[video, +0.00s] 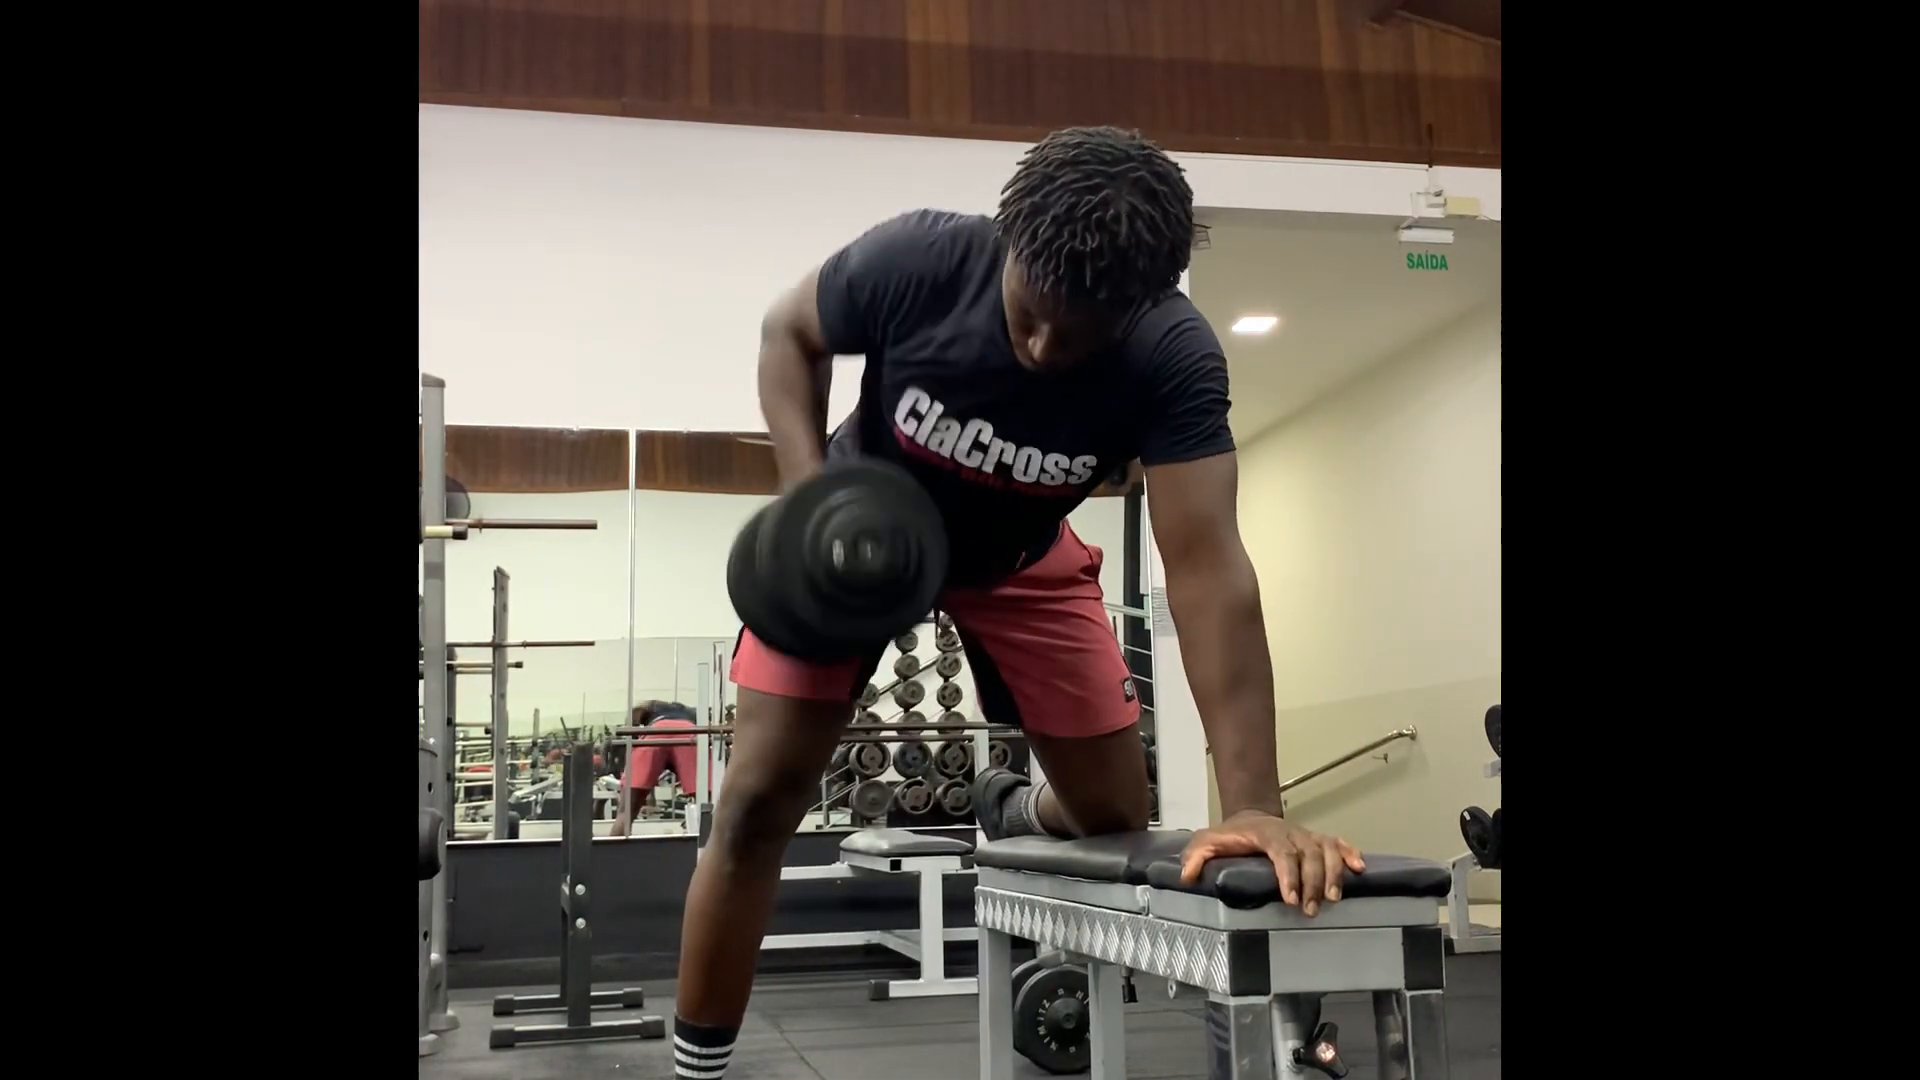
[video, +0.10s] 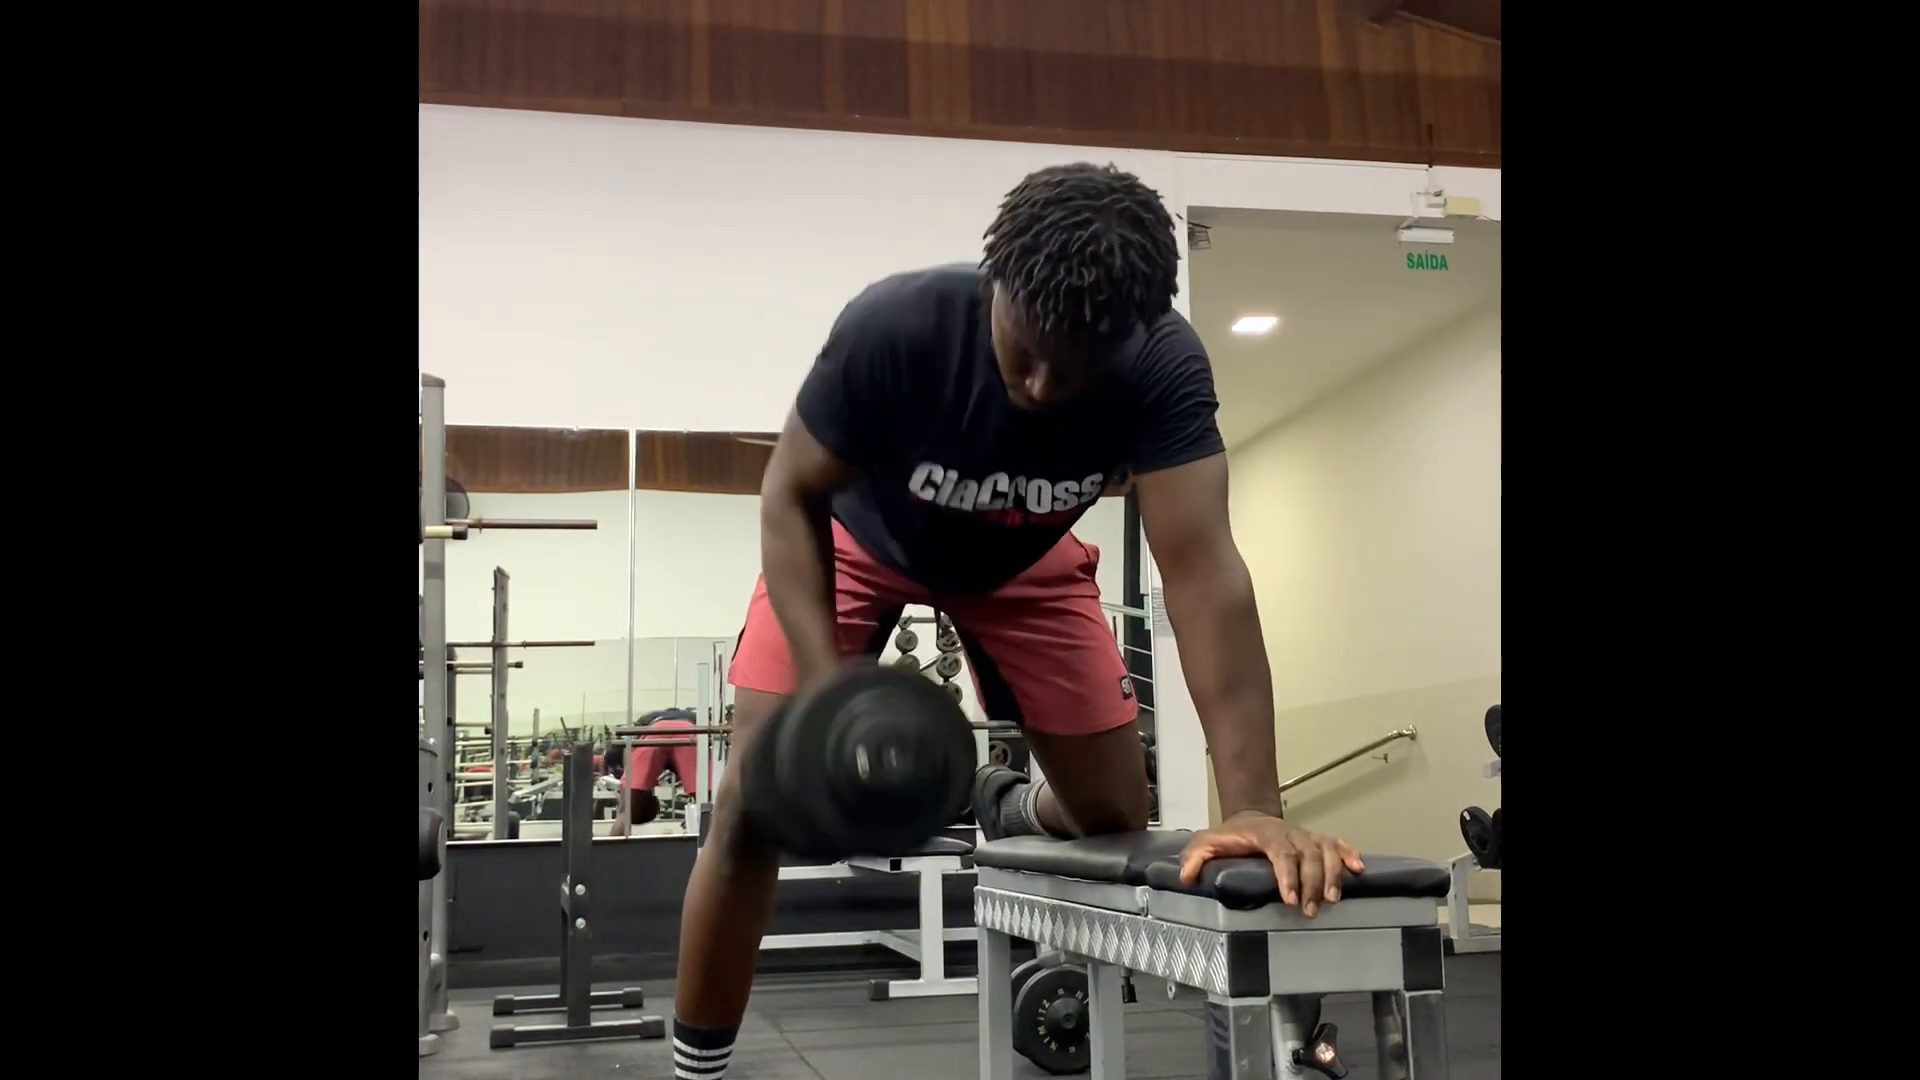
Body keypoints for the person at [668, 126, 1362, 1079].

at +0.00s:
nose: (1045, 348)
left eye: (1081, 332)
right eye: (1030, 313)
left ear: (1140, 303)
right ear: (1008, 247)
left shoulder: (1171, 355)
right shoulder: (920, 263)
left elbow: (1208, 562)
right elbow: (790, 331)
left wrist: (1254, 807)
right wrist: (811, 500)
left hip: (1026, 556)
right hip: (868, 527)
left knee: (1116, 815)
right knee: (755, 803)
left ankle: (1010, 809)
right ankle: (694, 1074)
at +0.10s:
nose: (1043, 387)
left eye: (1077, 366)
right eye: (1026, 352)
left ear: (1129, 330)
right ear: (996, 287)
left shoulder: (1159, 363)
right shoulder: (890, 331)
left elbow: (1201, 563)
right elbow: (787, 495)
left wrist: (1253, 805)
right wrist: (828, 695)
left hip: (1032, 561)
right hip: (859, 538)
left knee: (1118, 815)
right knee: (753, 800)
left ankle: (1001, 807)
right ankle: (695, 1074)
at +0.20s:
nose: (1035, 441)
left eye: (1065, 419)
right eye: (1012, 412)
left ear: (1113, 376)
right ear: (975, 351)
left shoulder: (1140, 380)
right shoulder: (875, 427)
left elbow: (1193, 573)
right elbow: (829, 666)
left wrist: (1253, 805)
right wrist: (870, 907)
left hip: (1027, 566)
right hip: (848, 556)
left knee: (1119, 817)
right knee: (744, 805)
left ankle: (1014, 810)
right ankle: (695, 1066)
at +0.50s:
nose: (1031, 395)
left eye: (1064, 376)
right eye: (1013, 361)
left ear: (1116, 343)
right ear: (983, 292)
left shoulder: (1145, 375)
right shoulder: (882, 367)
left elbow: (1200, 586)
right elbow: (810, 572)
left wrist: (1252, 806)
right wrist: (852, 787)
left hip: (1026, 562)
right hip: (857, 546)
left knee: (1115, 813)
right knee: (756, 789)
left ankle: (1006, 800)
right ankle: (699, 1072)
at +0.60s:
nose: (1064, 314)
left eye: (1100, 296)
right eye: (1048, 275)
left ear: (1153, 276)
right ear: (1028, 216)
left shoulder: (1173, 368)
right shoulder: (928, 259)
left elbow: (1206, 571)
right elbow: (795, 360)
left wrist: (1253, 807)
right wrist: (818, 512)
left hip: (1019, 561)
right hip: (862, 527)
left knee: (1116, 811)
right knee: (758, 800)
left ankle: (1005, 805)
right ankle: (696, 1071)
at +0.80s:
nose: (1072, 344)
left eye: (1108, 324)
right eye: (1055, 305)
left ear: (1161, 299)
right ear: (1028, 242)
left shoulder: (1172, 371)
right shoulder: (919, 283)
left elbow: (1208, 574)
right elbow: (780, 386)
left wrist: (1253, 807)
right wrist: (814, 546)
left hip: (1018, 566)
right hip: (854, 538)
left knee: (1115, 814)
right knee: (749, 804)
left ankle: (1009, 808)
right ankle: (694, 1074)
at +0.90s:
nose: (1054, 392)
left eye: (1089, 371)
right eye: (1036, 355)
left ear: (1137, 338)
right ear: (1003, 292)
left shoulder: (1157, 374)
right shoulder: (888, 358)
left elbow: (1199, 574)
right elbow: (797, 548)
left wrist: (1251, 806)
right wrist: (835, 757)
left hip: (1028, 572)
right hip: (854, 553)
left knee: (1116, 817)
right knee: (745, 803)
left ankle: (999, 796)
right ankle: (695, 1075)